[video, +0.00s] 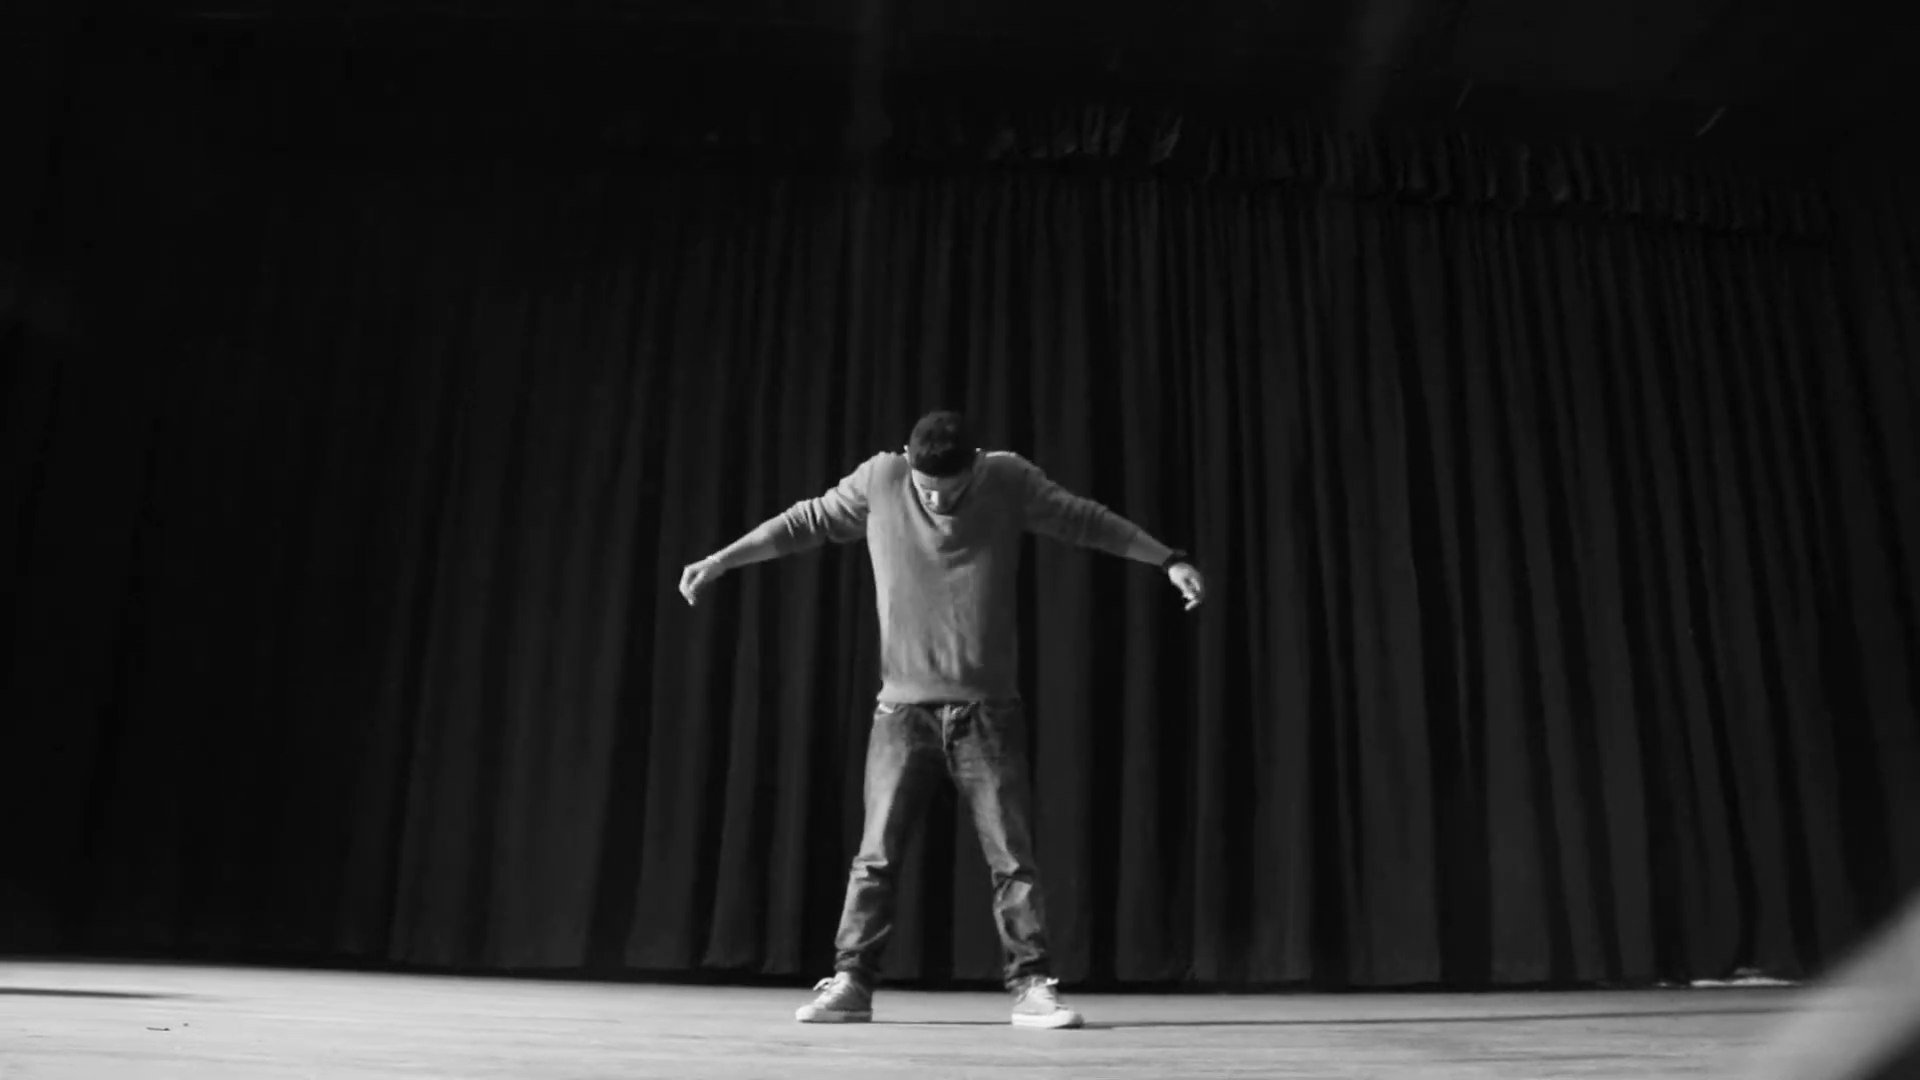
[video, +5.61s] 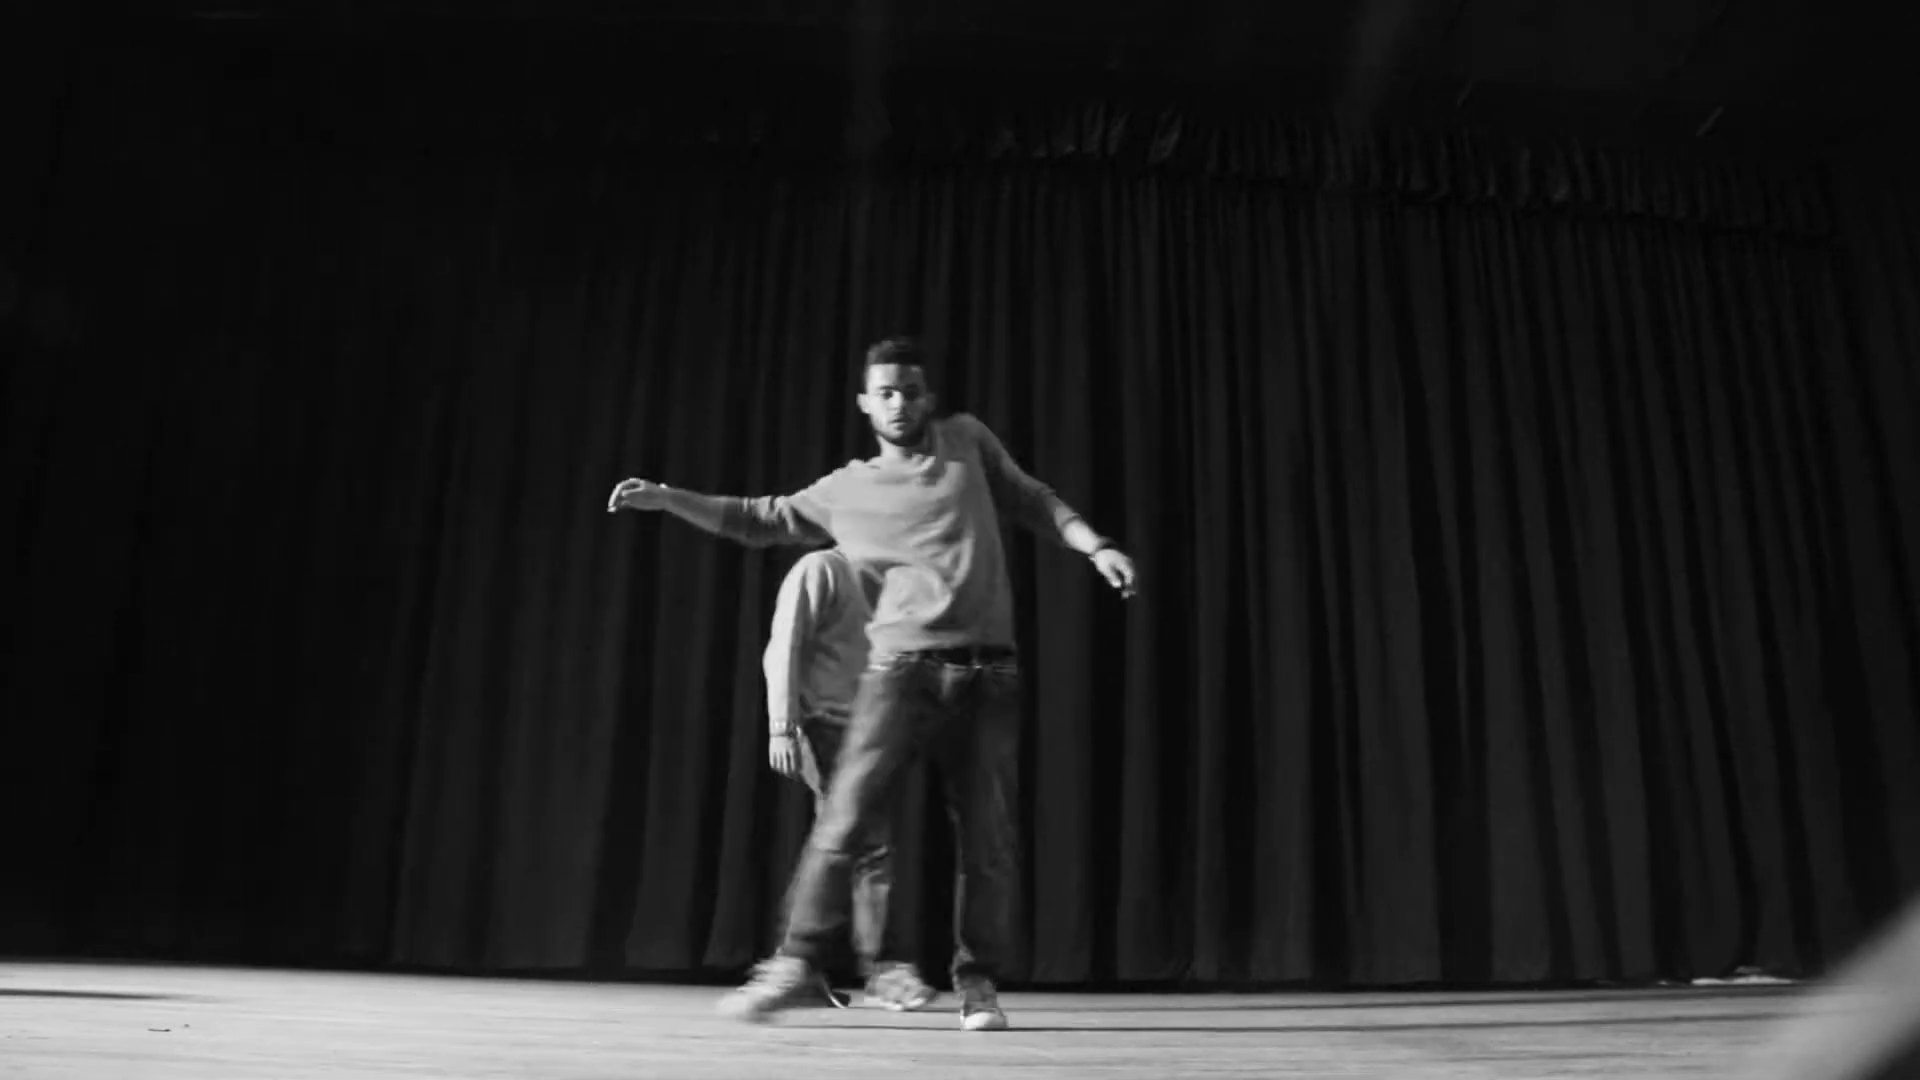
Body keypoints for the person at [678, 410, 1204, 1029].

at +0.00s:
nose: (940, 502)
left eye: (951, 492)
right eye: (928, 492)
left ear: (972, 468)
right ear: (909, 469)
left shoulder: (1008, 480)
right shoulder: (878, 483)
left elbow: (1084, 519)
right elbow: (804, 522)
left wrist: (1168, 558)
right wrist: (719, 560)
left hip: (983, 700)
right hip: (903, 701)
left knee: (1010, 854)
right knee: (877, 851)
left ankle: (1033, 990)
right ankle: (849, 985)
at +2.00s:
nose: (971, 443)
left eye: (984, 431)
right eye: (961, 430)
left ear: (1004, 426)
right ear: (942, 421)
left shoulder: (1039, 489)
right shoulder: (904, 489)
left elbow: (1122, 520)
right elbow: (819, 513)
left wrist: (1211, 531)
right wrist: (728, 515)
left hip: (1009, 691)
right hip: (927, 693)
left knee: (1019, 848)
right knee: (920, 846)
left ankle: (1019, 988)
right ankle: (914, 986)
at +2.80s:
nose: (968, 443)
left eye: (980, 429)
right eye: (958, 428)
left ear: (1003, 426)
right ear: (943, 424)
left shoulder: (1038, 470)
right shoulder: (915, 494)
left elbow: (1102, 525)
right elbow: (825, 513)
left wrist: (1157, 557)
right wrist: (728, 517)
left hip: (1003, 677)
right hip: (927, 671)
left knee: (990, 830)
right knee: (904, 805)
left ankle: (974, 976)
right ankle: (838, 945)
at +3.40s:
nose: (968, 426)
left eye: (981, 413)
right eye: (957, 412)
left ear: (1001, 413)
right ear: (938, 412)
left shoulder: (1033, 473)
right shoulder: (903, 475)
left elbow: (1104, 516)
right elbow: (824, 501)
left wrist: (1188, 550)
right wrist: (748, 539)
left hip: (1001, 679)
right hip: (919, 677)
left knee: (992, 824)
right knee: (915, 825)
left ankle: (974, 975)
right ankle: (924, 965)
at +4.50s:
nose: (954, 412)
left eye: (967, 401)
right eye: (949, 401)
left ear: (1005, 403)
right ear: (946, 403)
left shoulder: (1056, 472)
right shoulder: (921, 461)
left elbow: (1125, 521)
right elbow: (833, 472)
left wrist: (1202, 559)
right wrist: (737, 470)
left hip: (973, 678)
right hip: (893, 666)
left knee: (968, 832)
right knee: (844, 794)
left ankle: (963, 981)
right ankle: (873, 938)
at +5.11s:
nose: (948, 396)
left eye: (963, 383)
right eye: (944, 384)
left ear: (1002, 386)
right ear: (941, 388)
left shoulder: (1051, 463)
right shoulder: (918, 445)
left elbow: (1118, 518)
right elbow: (836, 462)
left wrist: (1192, 566)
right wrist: (743, 468)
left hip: (1011, 662)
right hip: (930, 653)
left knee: (1002, 826)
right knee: (897, 764)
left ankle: (986, 975)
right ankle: (881, 911)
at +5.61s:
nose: (899, 405)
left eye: (910, 392)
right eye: (885, 393)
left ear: (929, 395)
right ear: (864, 402)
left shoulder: (967, 439)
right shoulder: (848, 488)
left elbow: (1036, 501)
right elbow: (759, 518)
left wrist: (1094, 547)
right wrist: (667, 499)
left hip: (988, 669)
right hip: (902, 671)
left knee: (988, 832)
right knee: (846, 817)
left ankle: (976, 983)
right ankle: (797, 963)